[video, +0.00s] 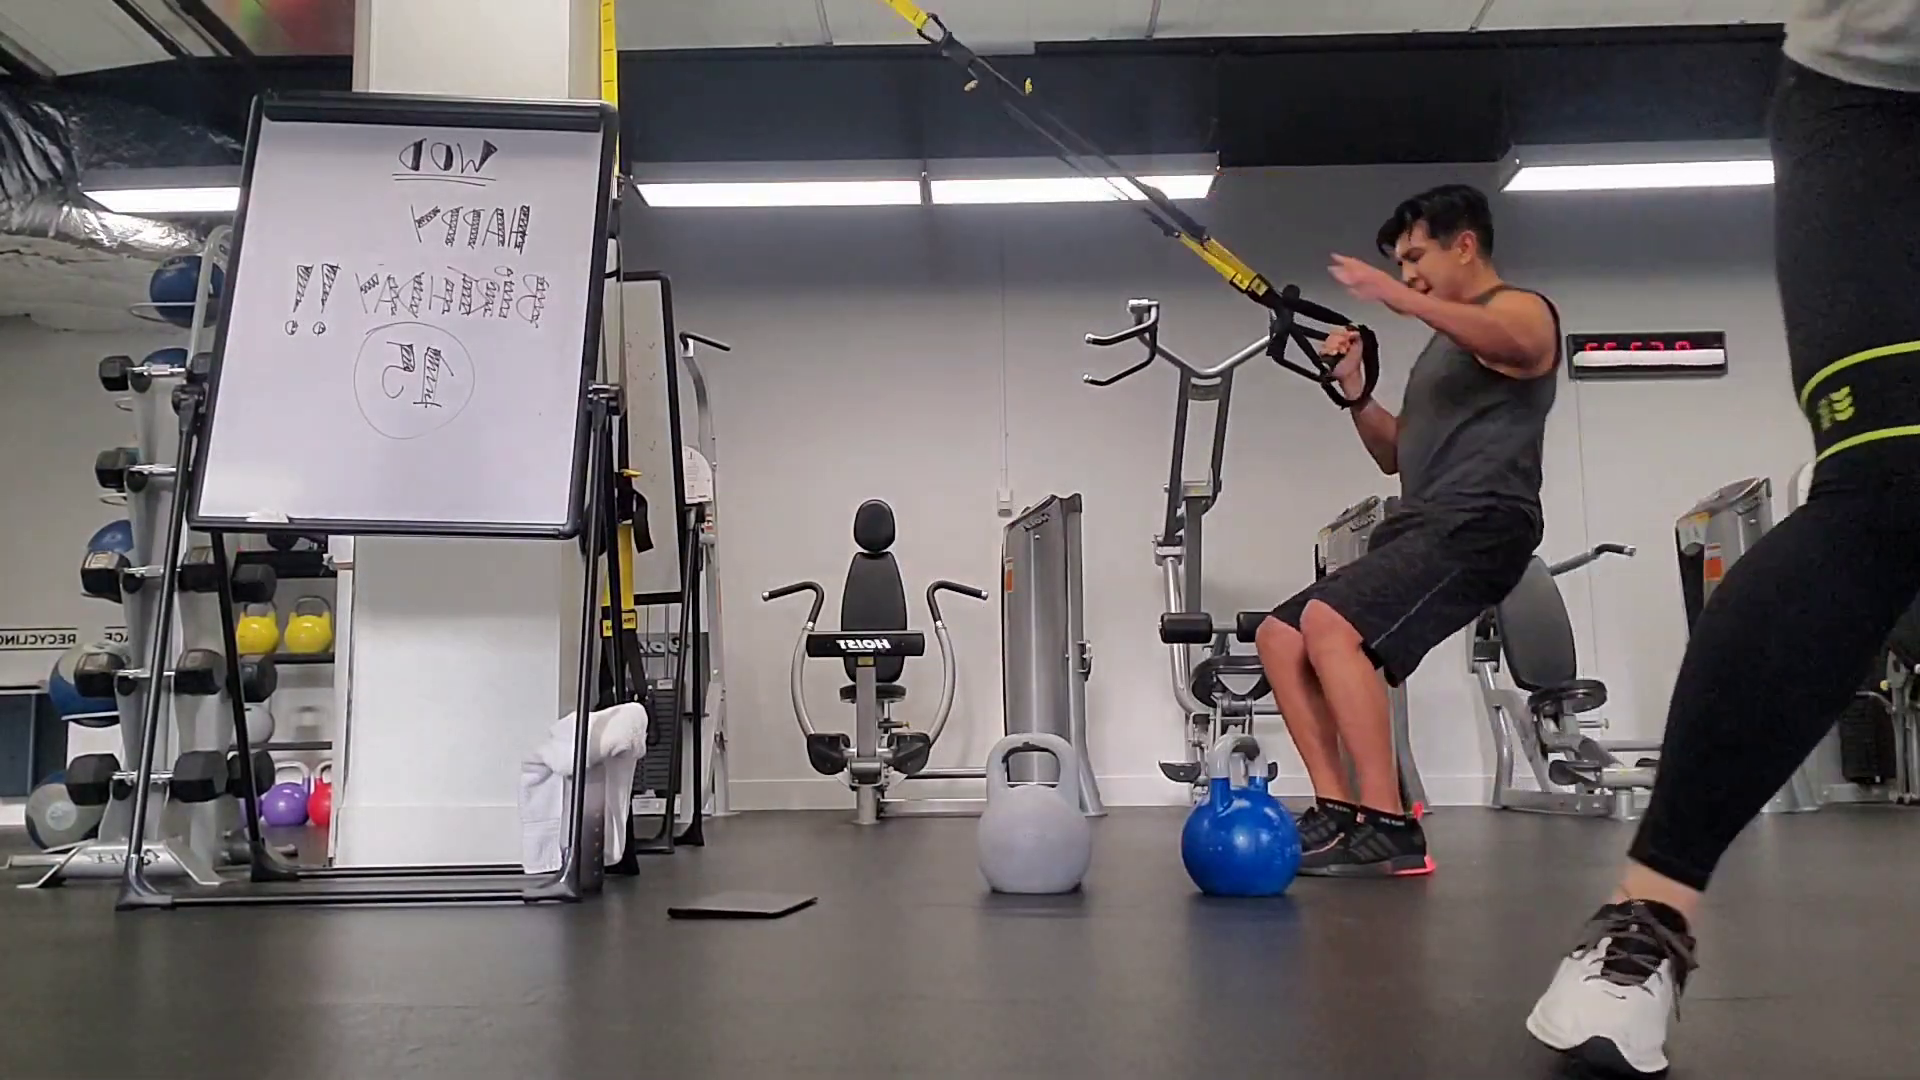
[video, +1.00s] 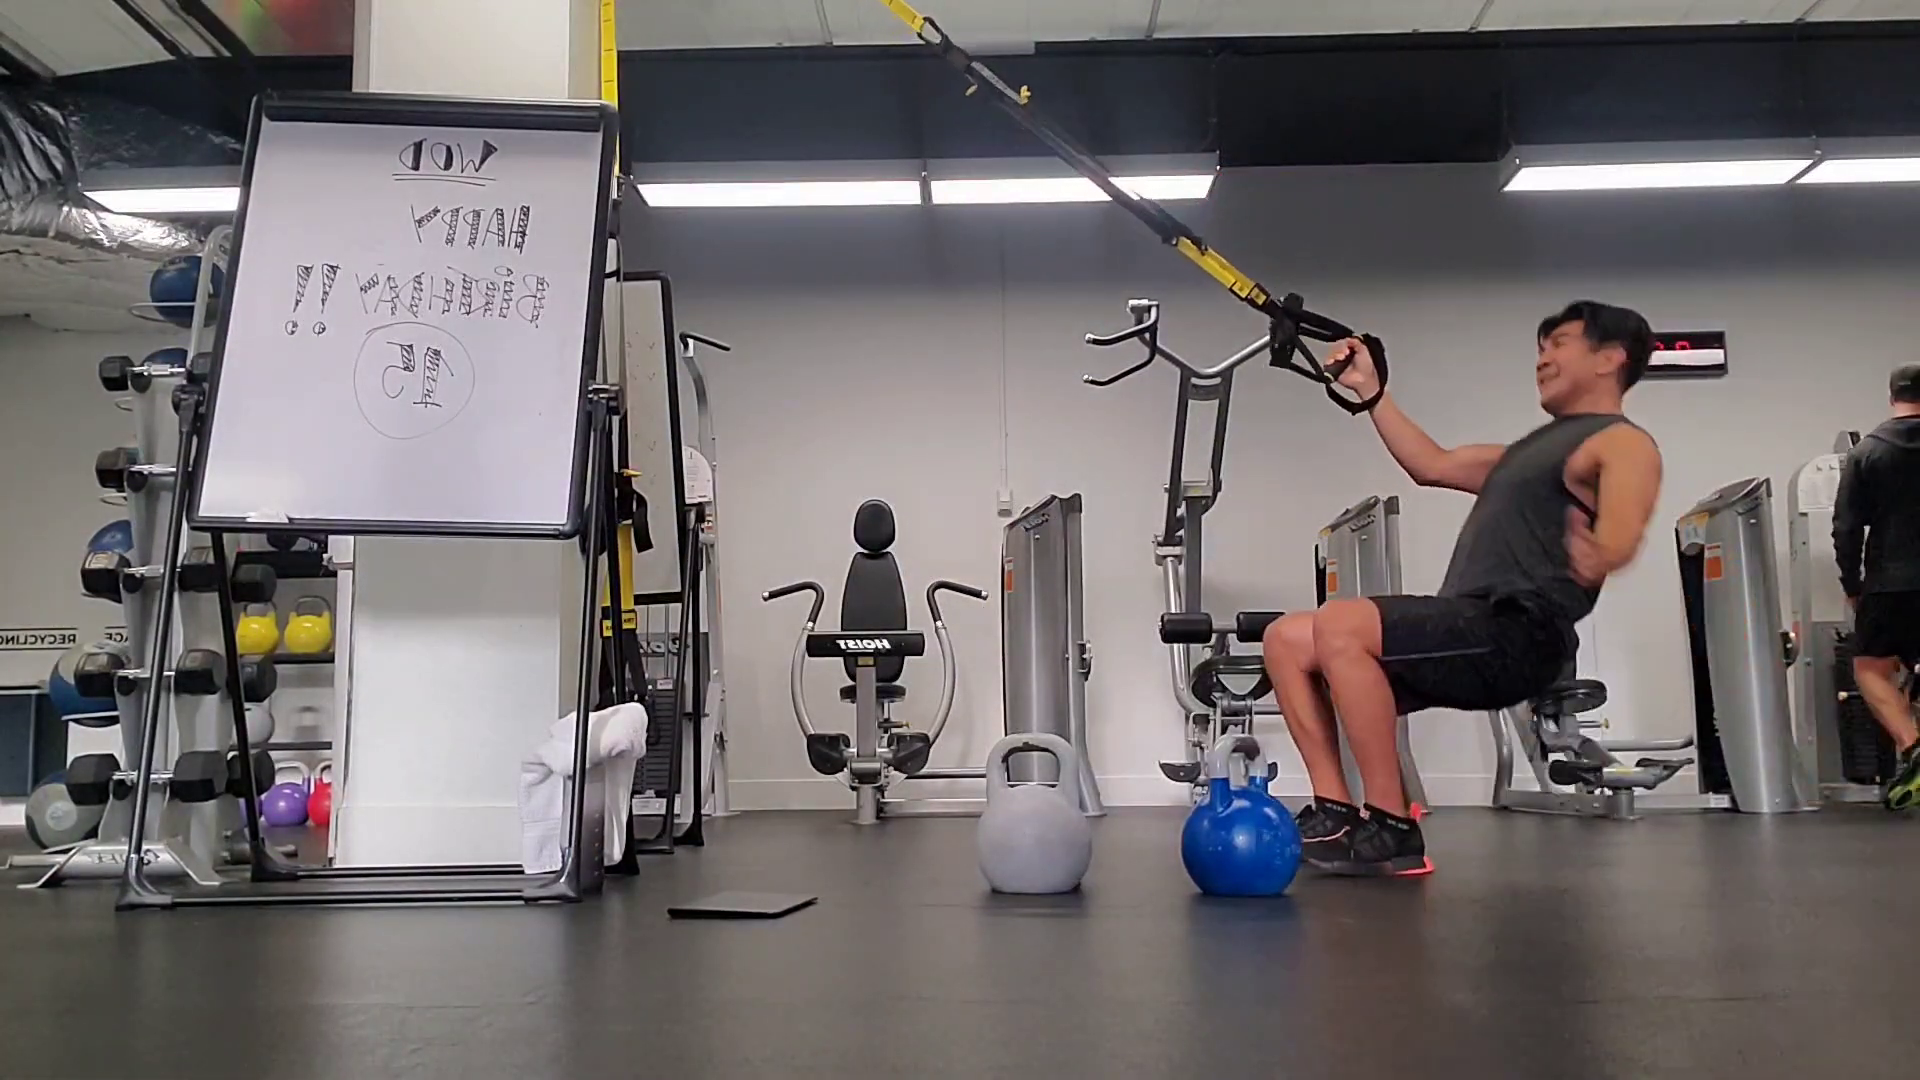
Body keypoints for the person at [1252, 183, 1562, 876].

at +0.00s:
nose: (1408, 277)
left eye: (1416, 257)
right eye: (1401, 264)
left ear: (1466, 244)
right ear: (1459, 254)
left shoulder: (1522, 306)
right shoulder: (1444, 348)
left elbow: (1523, 345)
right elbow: (1401, 456)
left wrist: (1405, 296)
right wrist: (1359, 398)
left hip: (1482, 522)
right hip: (1422, 526)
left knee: (1329, 621)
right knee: (1279, 635)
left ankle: (1389, 824)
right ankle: (1339, 813)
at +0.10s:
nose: (1453, 315)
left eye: (1465, 297)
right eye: (1449, 303)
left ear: (1518, 289)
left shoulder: (1565, 362)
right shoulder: (1470, 393)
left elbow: (1614, 444)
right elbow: (1394, 459)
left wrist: (1554, 414)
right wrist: (1363, 388)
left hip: (1505, 571)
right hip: (1441, 568)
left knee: (1335, 625)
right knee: (1277, 638)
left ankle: (1387, 824)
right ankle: (1337, 810)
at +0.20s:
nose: (1509, 356)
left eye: (1524, 337)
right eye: (1503, 343)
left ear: (1578, 340)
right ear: (1499, 351)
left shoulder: (1619, 431)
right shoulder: (1503, 431)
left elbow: (1677, 526)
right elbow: (1405, 460)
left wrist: (1697, 546)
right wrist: (1370, 384)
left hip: (1524, 626)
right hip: (1462, 616)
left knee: (1350, 623)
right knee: (1283, 639)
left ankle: (1392, 824)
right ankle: (1336, 811)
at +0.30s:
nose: (1558, 398)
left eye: (1577, 381)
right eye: (1551, 386)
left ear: (1628, 390)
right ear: (1547, 396)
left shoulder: (1663, 497)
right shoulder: (1528, 468)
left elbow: (1728, 602)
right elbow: (1420, 464)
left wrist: (1789, 659)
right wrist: (1372, 390)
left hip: (1544, 680)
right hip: (1477, 666)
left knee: (1378, 621)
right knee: (1298, 639)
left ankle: (1396, 826)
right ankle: (1337, 813)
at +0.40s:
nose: (1598, 438)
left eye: (1618, 423)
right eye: (1591, 424)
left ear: (1667, 437)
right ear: (1581, 433)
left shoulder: (1695, 552)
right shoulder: (1551, 500)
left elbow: (1763, 672)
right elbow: (1438, 466)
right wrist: (1372, 396)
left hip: (1556, 718)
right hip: (1480, 692)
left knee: (1411, 620)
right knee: (1316, 637)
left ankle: (1401, 823)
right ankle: (1338, 813)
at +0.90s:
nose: (1576, 412)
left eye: (1597, 398)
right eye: (1573, 403)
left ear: (1649, 421)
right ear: (1568, 421)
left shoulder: (1664, 518)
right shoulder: (1538, 494)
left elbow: (1707, 627)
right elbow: (1434, 474)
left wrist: (1759, 690)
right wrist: (1368, 406)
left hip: (1535, 692)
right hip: (1472, 681)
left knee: (1372, 620)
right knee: (1303, 638)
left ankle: (1396, 824)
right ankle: (1336, 810)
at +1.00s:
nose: (1541, 358)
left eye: (1558, 342)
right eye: (1541, 349)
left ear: (1611, 357)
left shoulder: (1626, 443)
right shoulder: (1529, 453)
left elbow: (1621, 538)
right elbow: (1432, 465)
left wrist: (1595, 557)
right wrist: (1373, 392)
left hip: (1520, 631)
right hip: (1467, 623)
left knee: (1341, 629)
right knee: (1286, 638)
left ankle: (1391, 825)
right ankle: (1333, 811)